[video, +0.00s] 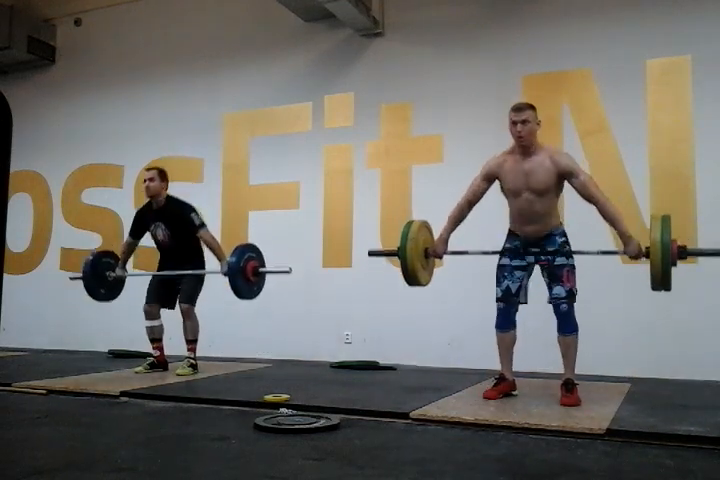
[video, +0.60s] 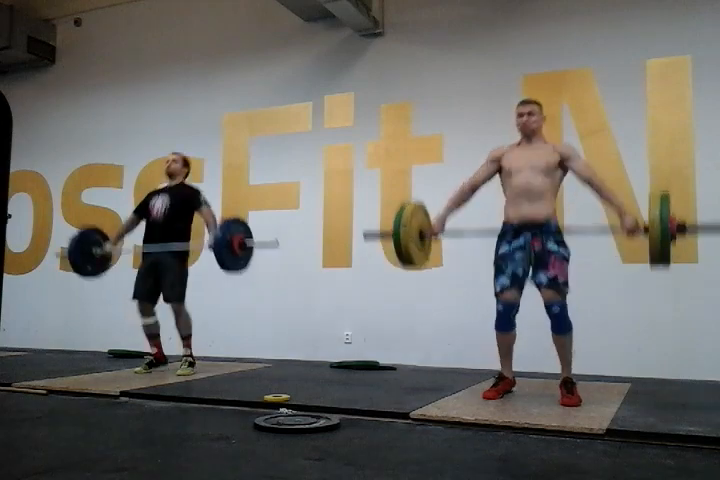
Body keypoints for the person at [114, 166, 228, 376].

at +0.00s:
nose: (146, 184)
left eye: (151, 180)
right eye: (144, 181)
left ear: (164, 184)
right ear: (143, 186)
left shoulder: (183, 209)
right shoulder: (144, 214)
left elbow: (205, 235)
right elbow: (131, 242)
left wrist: (223, 260)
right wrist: (121, 265)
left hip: (193, 265)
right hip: (167, 265)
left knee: (186, 306)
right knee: (150, 308)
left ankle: (191, 360)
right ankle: (159, 359)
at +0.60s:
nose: (169, 163)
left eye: (175, 161)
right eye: (168, 161)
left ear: (185, 170)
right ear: (164, 168)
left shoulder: (191, 193)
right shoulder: (153, 195)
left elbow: (207, 214)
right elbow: (133, 220)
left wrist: (213, 235)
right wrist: (112, 241)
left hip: (175, 256)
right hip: (150, 257)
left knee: (176, 304)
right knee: (144, 304)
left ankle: (188, 356)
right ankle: (157, 355)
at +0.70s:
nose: (176, 159)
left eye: (182, 157)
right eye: (174, 157)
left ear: (192, 165)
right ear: (172, 165)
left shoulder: (196, 183)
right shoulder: (159, 187)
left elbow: (212, 197)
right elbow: (134, 204)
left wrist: (220, 211)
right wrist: (109, 213)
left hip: (174, 243)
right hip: (149, 243)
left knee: (177, 294)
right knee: (138, 295)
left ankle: (187, 346)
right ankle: (150, 343)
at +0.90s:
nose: (156, 190)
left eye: (161, 187)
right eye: (155, 187)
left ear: (172, 190)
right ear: (153, 191)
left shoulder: (184, 209)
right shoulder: (148, 211)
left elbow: (206, 203)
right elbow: (122, 207)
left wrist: (205, 180)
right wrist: (102, 188)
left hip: (176, 276)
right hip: (152, 277)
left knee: (170, 309)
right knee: (114, 310)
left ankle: (178, 362)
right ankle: (125, 360)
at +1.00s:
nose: (139, 211)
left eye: (144, 207)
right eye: (138, 207)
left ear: (156, 208)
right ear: (136, 209)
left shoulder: (170, 225)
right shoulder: (134, 227)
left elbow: (191, 206)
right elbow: (110, 210)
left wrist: (201, 181)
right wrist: (96, 189)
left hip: (173, 289)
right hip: (148, 291)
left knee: (169, 313)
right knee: (107, 315)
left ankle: (177, 361)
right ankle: (124, 361)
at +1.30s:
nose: (115, 235)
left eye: (120, 231)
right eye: (114, 231)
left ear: (134, 233)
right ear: (112, 234)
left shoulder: (152, 248)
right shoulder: (115, 250)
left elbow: (183, 229)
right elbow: (99, 231)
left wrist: (203, 205)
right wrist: (92, 213)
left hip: (163, 305)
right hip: (138, 308)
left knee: (167, 316)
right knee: (98, 322)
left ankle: (176, 361)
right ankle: (123, 361)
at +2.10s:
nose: (119, 208)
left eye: (123, 203)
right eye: (117, 205)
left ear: (137, 204)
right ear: (115, 207)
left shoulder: (155, 220)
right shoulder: (118, 222)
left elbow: (186, 202)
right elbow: (103, 203)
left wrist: (211, 179)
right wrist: (98, 186)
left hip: (169, 276)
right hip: (144, 280)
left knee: (169, 309)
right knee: (110, 311)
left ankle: (177, 361)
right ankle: (124, 360)